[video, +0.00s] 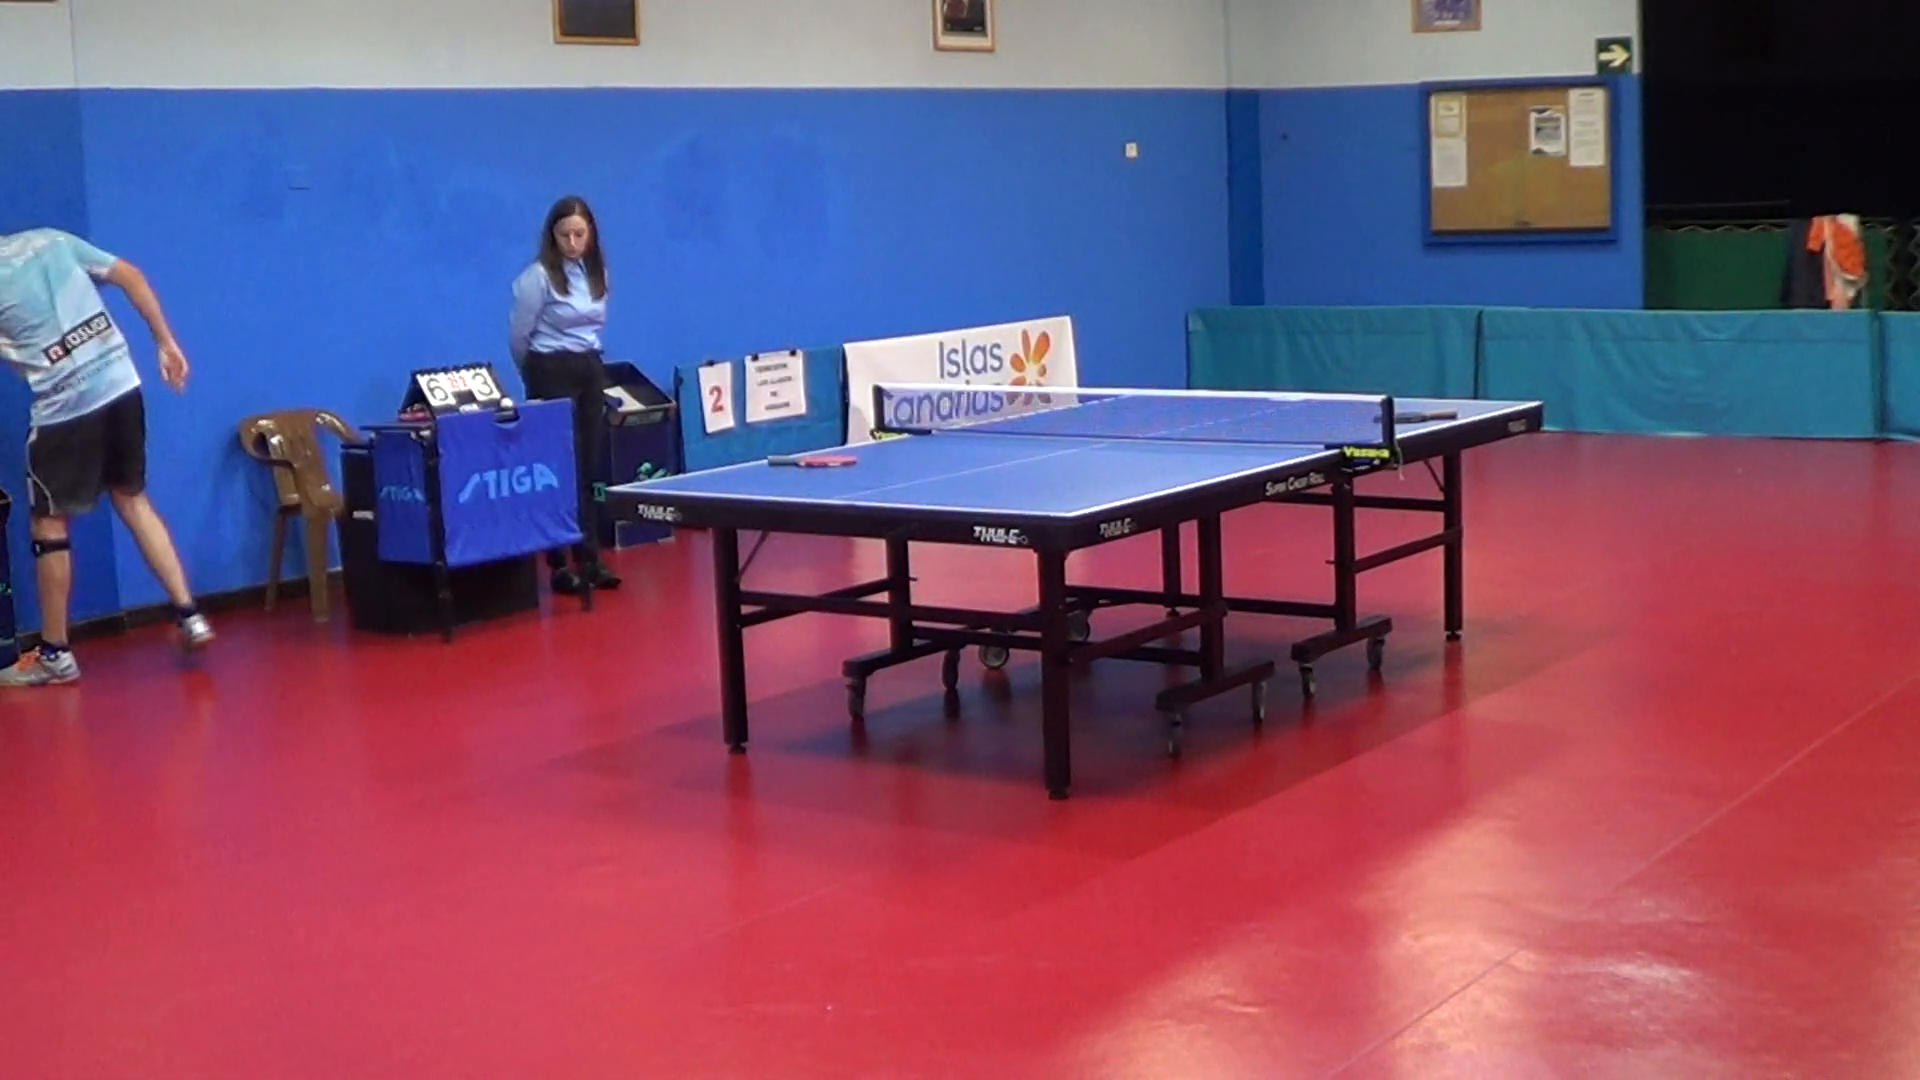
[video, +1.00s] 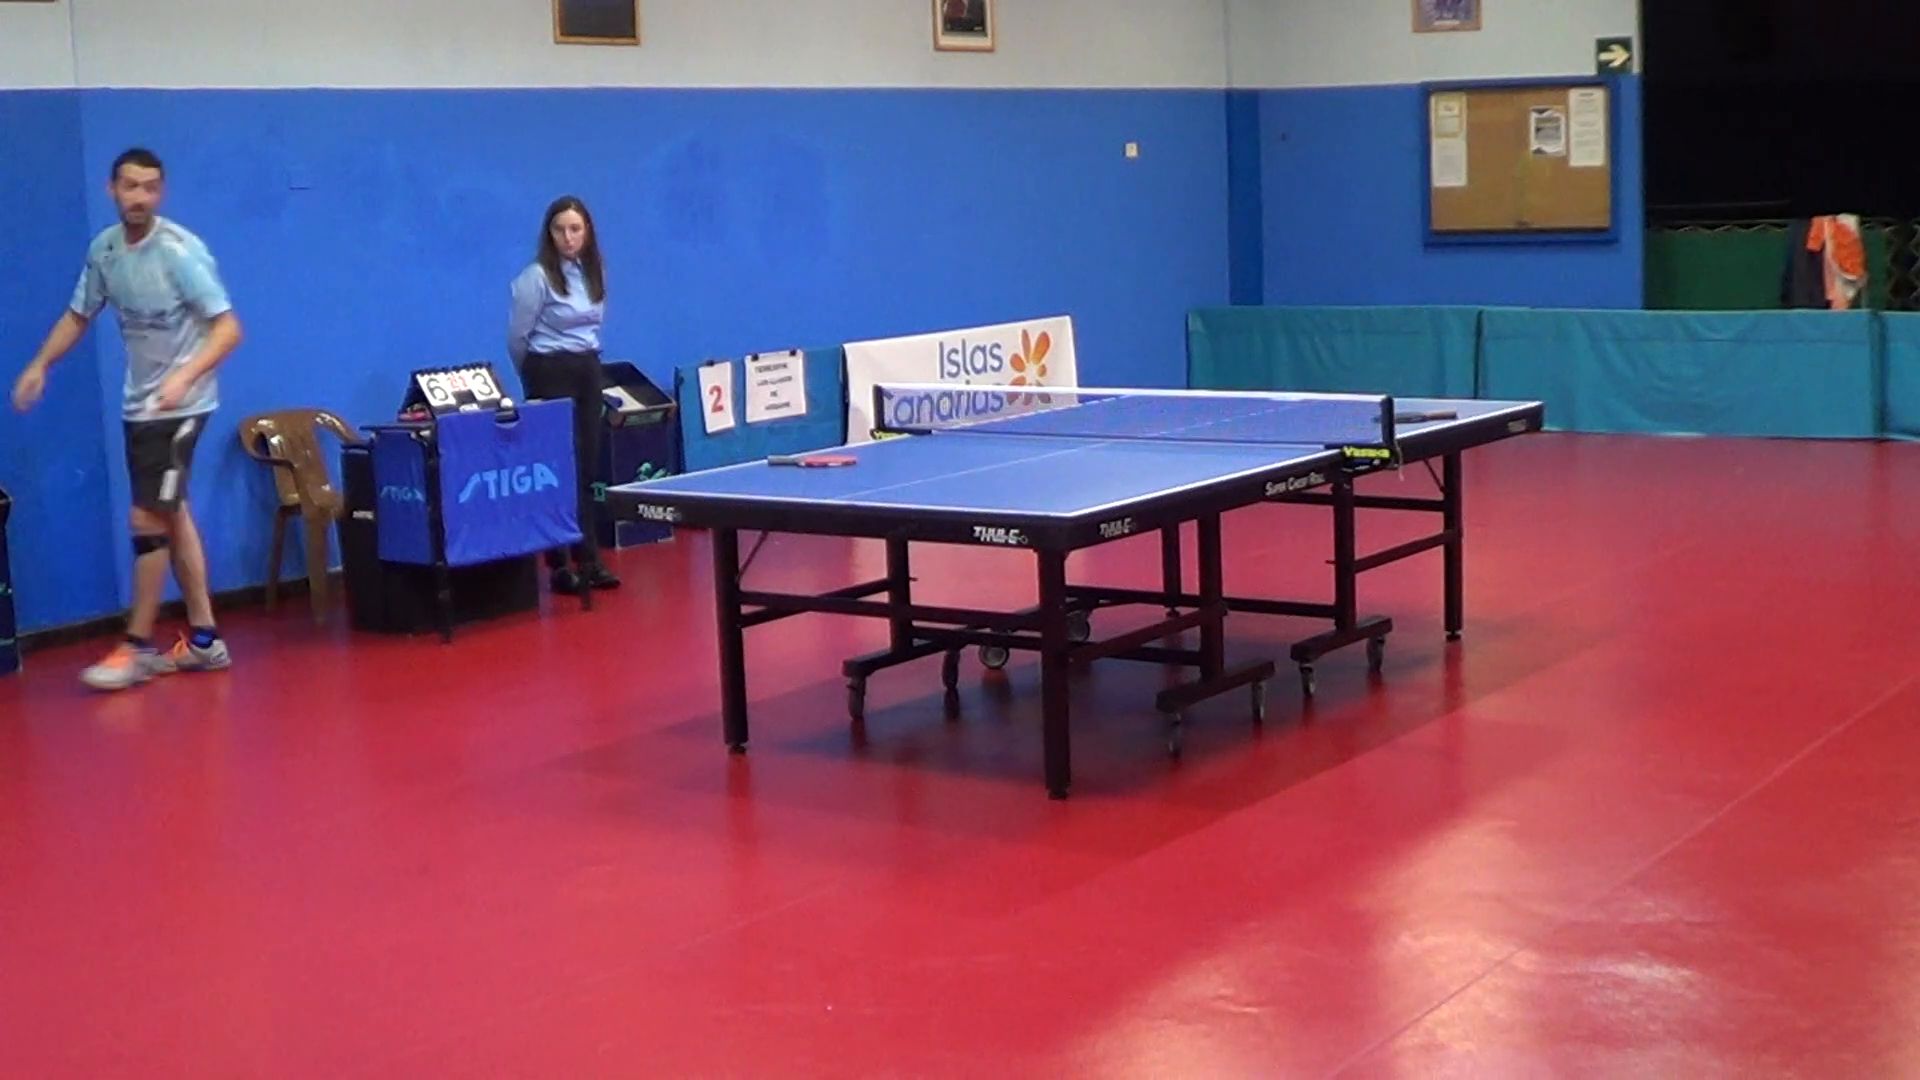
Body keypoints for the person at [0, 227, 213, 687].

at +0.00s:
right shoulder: (49, 240)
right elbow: (129, 274)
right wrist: (167, 341)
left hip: (64, 409)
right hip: (123, 388)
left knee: (49, 524)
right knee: (131, 495)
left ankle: (54, 651)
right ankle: (190, 614)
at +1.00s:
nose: (139, 195)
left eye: (148, 186)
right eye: (129, 185)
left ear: (162, 192)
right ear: (113, 190)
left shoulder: (183, 253)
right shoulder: (104, 247)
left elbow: (229, 329)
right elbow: (78, 315)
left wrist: (185, 377)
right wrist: (40, 364)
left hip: (182, 405)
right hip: (139, 406)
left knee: (147, 520)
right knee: (176, 519)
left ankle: (139, 646)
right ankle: (205, 639)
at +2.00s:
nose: (416, 180)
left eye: (417, 170)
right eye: (404, 172)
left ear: (414, 177)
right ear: (371, 182)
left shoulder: (426, 238)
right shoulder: (344, 250)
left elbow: (444, 311)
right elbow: (325, 344)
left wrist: (457, 344)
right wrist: (413, 357)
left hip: (428, 411)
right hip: (381, 417)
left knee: (388, 531)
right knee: (424, 532)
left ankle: (360, 639)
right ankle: (468, 662)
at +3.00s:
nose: (670, 182)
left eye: (674, 171)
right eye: (662, 170)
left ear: (658, 170)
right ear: (623, 162)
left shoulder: (667, 233)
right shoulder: (559, 223)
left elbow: (691, 328)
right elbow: (495, 301)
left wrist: (737, 405)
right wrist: (541, 350)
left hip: (657, 420)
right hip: (581, 422)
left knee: (669, 547)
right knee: (570, 554)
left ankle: (673, 691)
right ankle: (544, 653)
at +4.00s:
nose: (593, 184)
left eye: (596, 173)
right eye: (585, 172)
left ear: (574, 170)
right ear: (546, 165)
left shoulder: (581, 225)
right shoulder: (493, 233)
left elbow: (583, 322)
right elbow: (492, 327)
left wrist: (632, 316)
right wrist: (585, 292)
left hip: (599, 421)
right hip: (531, 432)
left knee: (630, 554)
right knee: (523, 560)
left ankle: (669, 692)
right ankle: (527, 693)